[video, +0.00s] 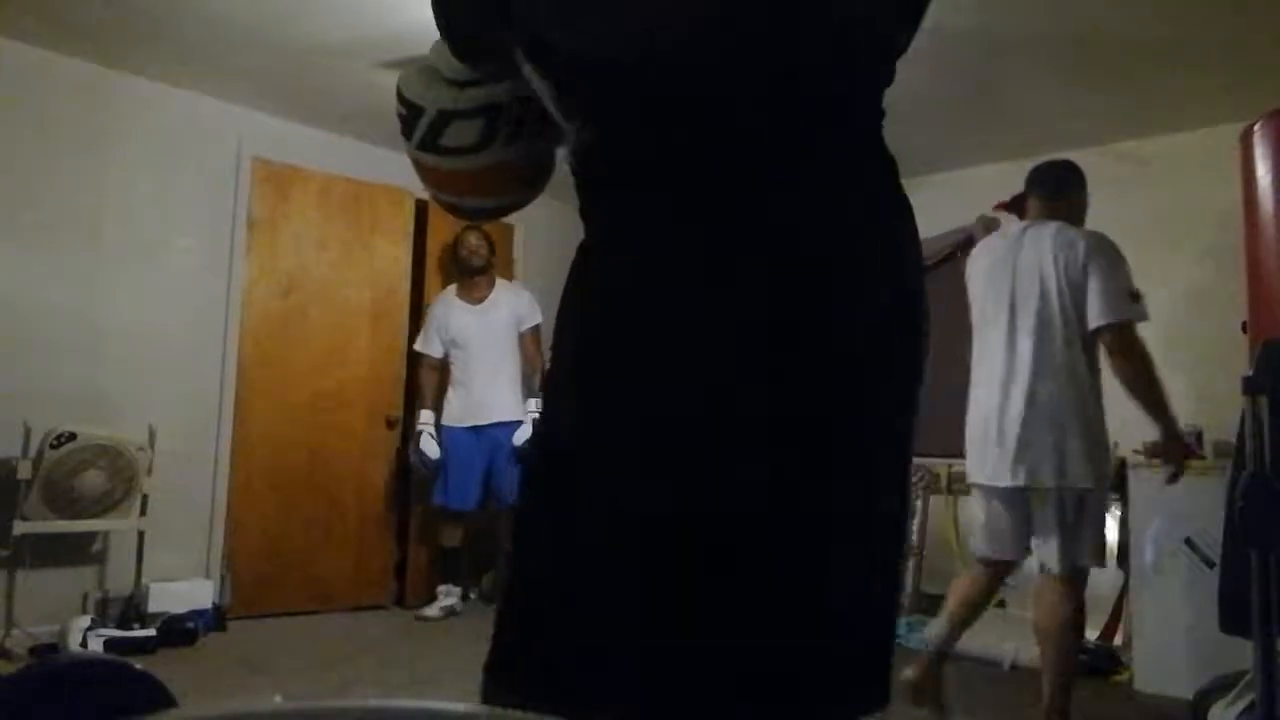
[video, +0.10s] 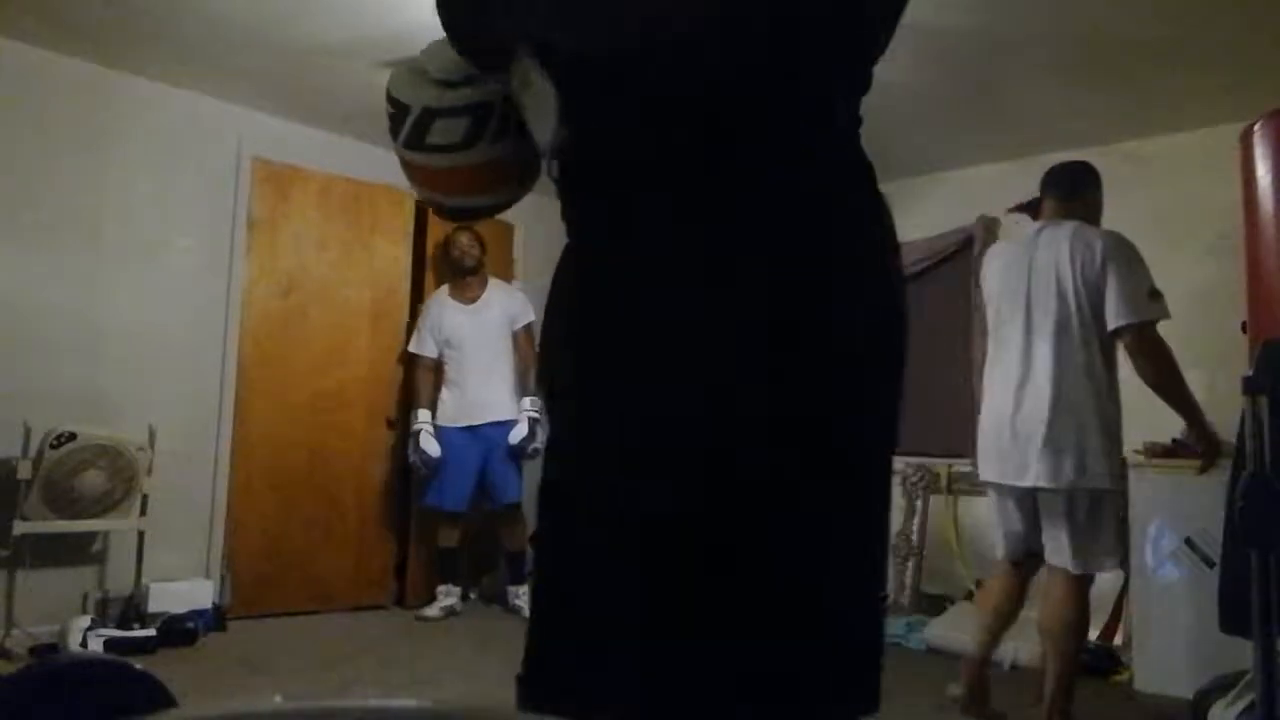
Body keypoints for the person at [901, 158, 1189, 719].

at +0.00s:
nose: (1082, 211)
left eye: (1078, 203)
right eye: (1082, 203)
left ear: (1025, 202)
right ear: (1077, 201)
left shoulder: (982, 255)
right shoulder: (1088, 248)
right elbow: (1119, 344)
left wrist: (1002, 230)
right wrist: (1168, 428)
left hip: (989, 438)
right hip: (1066, 442)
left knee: (994, 557)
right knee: (1064, 577)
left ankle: (925, 661)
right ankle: (1055, 706)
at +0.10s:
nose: (1100, 215)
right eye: (1100, 207)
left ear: (1040, 202)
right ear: (1094, 203)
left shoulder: (998, 258)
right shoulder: (1104, 247)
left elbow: (994, 339)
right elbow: (1140, 343)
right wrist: (1195, 420)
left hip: (1001, 441)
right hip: (1073, 445)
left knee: (1015, 559)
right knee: (1069, 574)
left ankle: (970, 677)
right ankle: (1055, 706)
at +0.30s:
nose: (1127, 223)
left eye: (1123, 218)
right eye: (1125, 215)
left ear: (1062, 213)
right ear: (1117, 210)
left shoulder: (1025, 261)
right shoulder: (1126, 252)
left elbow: (1020, 349)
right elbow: (1158, 345)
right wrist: (1215, 426)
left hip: (1023, 442)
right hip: (1094, 445)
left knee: (1053, 572)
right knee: (1079, 579)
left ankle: (1067, 697)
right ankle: (1054, 708)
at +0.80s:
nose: (1157, 232)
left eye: (1155, 225)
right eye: (1154, 224)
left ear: (1099, 223)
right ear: (1143, 220)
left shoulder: (1065, 267)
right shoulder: (1149, 259)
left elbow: (1076, 354)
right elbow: (1161, 348)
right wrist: (1197, 434)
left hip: (1071, 451)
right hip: (1142, 452)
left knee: (1084, 563)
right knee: (1179, 568)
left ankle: (1078, 700)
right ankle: (1164, 697)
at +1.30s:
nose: (1215, 238)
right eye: (1218, 230)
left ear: (1167, 225)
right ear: (1220, 228)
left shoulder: (1133, 267)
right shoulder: (1239, 265)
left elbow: (1100, 342)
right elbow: (1260, 337)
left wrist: (1152, 318)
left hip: (1139, 444)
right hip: (1219, 447)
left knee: (1124, 562)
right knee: (1225, 576)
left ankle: (1088, 691)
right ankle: (1229, 693)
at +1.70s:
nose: (1227, 233)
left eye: (1180, 226)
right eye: (1229, 224)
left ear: (1174, 223)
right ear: (1228, 222)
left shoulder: (1151, 262)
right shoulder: (1254, 264)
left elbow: (1116, 340)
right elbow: (1267, 339)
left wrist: (1168, 347)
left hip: (1158, 447)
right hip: (1237, 452)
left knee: (1142, 571)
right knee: (1231, 579)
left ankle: (1131, 700)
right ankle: (1234, 701)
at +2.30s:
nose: (1088, 239)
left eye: (1089, 229)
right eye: (1089, 230)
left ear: (1102, 226)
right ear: (1148, 223)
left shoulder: (1088, 276)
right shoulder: (1203, 272)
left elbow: (1061, 360)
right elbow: (1232, 351)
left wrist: (1105, 380)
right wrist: (1180, 378)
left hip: (1113, 452)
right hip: (1191, 452)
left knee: (1117, 576)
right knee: (1200, 580)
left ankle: (1124, 702)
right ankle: (1229, 692)